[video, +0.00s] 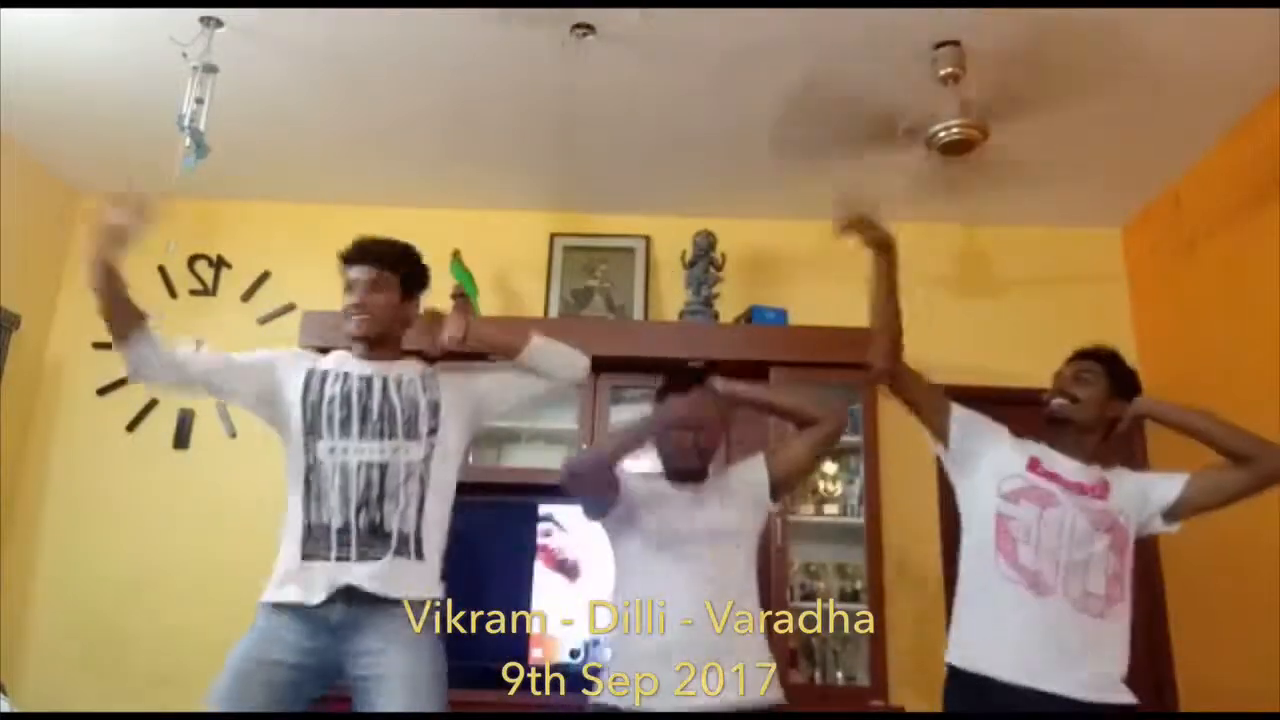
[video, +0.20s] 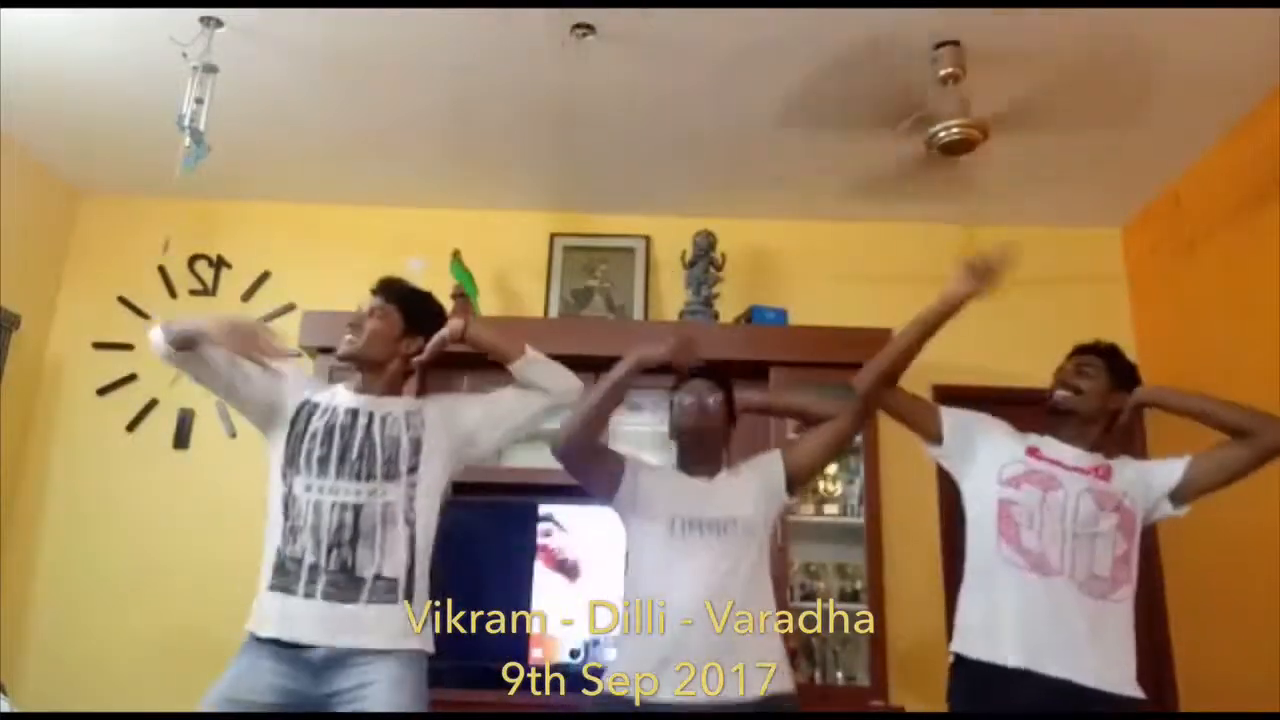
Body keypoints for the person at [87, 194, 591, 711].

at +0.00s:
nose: (356, 299)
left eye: (373, 287)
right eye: (349, 288)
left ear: (411, 304)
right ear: (340, 299)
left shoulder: (454, 389)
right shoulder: (295, 374)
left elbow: (575, 370)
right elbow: (154, 362)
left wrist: (481, 334)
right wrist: (104, 265)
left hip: (400, 616)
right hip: (297, 609)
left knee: (410, 710)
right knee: (226, 707)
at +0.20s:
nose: (355, 316)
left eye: (375, 313)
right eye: (359, 309)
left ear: (412, 347)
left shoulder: (445, 420)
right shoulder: (293, 399)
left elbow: (567, 393)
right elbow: (167, 340)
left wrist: (478, 335)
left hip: (380, 660)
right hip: (273, 651)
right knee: (211, 710)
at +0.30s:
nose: (364, 312)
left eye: (384, 307)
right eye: (369, 304)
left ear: (418, 335)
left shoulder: (451, 416)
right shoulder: (305, 391)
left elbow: (562, 390)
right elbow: (176, 324)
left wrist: (478, 329)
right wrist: (251, 334)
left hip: (369, 646)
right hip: (263, 634)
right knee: (202, 703)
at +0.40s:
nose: (367, 306)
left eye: (386, 300)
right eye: (374, 296)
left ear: (423, 329)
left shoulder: (460, 406)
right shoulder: (317, 365)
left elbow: (562, 375)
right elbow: (229, 320)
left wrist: (480, 324)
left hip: (364, 597)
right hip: (262, 581)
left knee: (368, 702)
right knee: (203, 702)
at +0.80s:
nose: (365, 303)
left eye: (385, 297)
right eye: (371, 293)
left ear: (421, 325)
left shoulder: (453, 407)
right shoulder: (316, 361)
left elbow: (563, 374)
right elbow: (215, 288)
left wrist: (471, 318)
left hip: (351, 603)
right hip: (251, 584)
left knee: (361, 704)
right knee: (195, 702)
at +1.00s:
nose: (354, 300)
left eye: (374, 293)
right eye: (361, 290)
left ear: (413, 319)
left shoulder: (447, 399)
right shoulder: (302, 359)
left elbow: (551, 380)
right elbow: (211, 296)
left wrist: (462, 320)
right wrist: (174, 193)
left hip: (355, 617)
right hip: (251, 599)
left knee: (364, 703)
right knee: (193, 704)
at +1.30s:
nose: (361, 289)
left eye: (382, 282)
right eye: (359, 277)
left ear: (418, 305)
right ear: (351, 286)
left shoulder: (441, 391)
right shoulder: (307, 348)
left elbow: (476, 518)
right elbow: (206, 308)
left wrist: (422, 458)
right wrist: (96, 239)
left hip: (370, 608)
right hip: (266, 591)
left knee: (375, 705)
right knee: (220, 702)